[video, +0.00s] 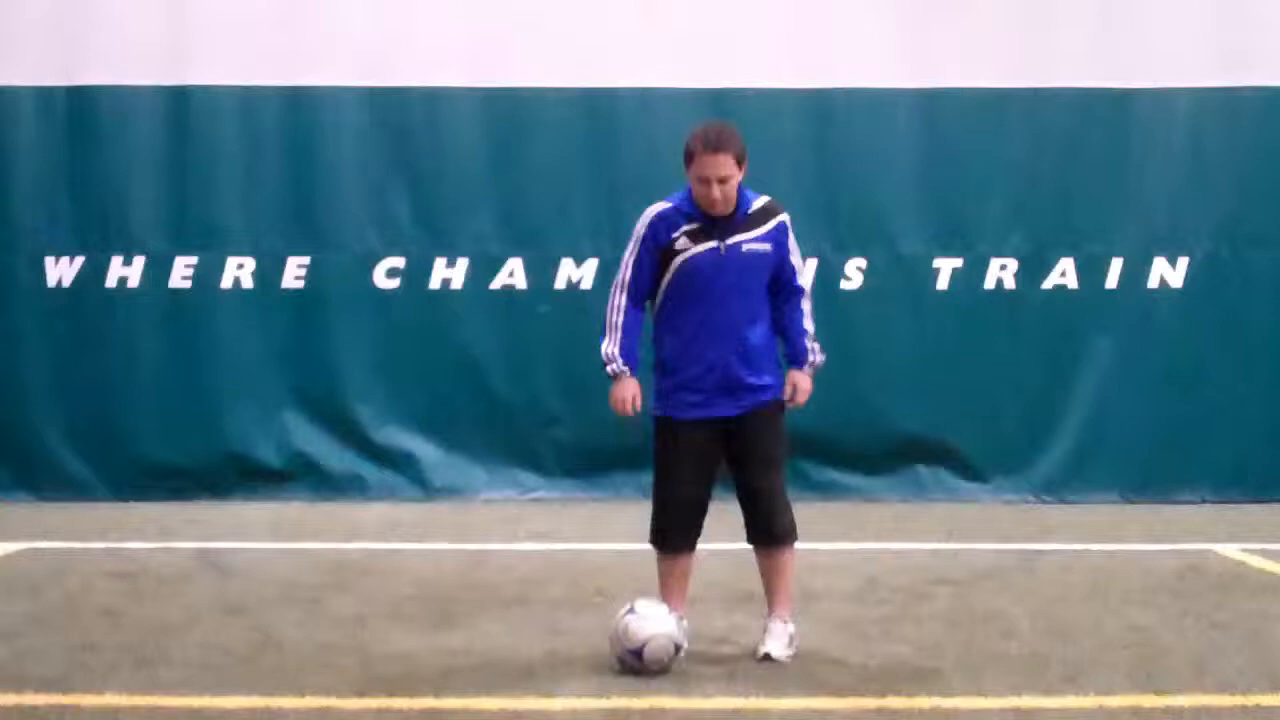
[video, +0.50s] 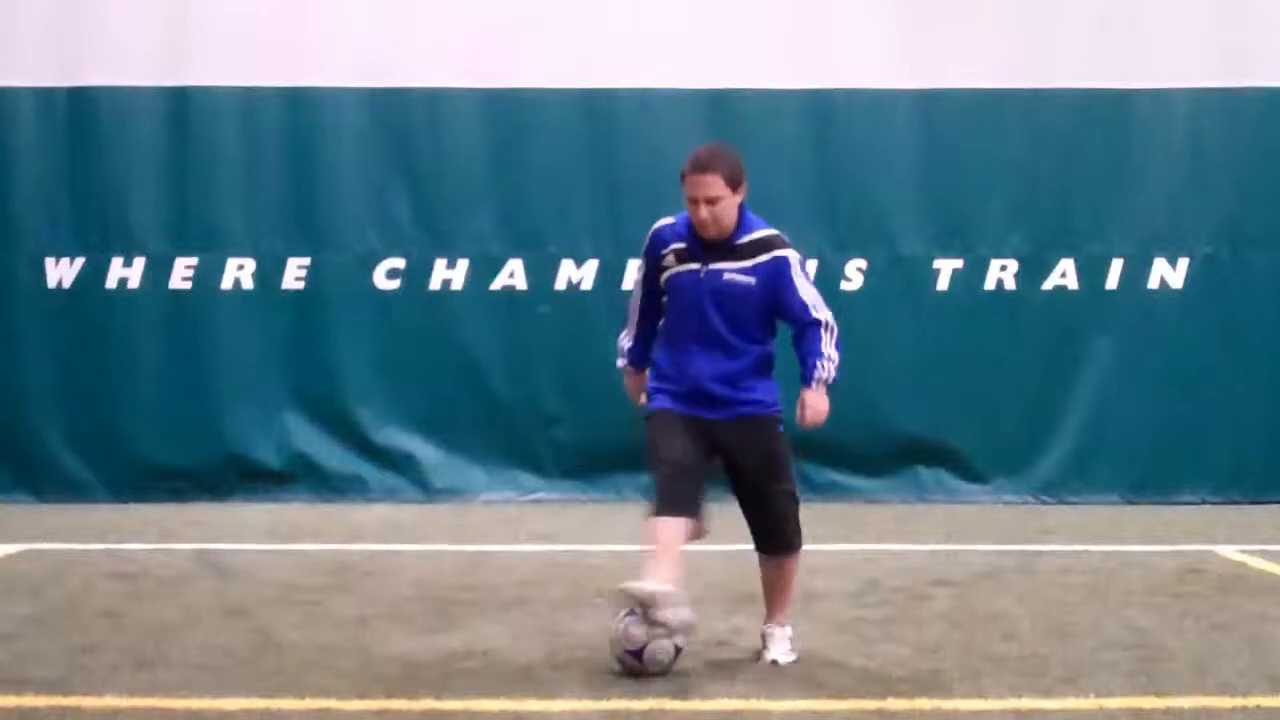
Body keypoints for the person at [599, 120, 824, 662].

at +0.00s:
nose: (715, 193)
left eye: (724, 181)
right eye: (704, 182)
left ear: (741, 171)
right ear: (687, 175)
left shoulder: (770, 218)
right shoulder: (660, 223)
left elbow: (792, 292)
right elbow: (626, 297)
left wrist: (801, 361)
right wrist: (620, 369)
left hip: (756, 395)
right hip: (683, 400)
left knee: (767, 509)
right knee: (675, 514)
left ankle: (780, 622)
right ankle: (672, 623)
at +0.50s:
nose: (702, 214)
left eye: (713, 202)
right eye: (693, 202)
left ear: (739, 195)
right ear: (682, 196)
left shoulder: (771, 250)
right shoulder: (664, 241)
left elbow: (815, 321)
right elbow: (644, 307)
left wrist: (817, 382)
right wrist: (633, 363)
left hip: (748, 405)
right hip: (676, 401)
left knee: (777, 518)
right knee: (674, 481)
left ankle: (777, 626)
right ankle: (662, 589)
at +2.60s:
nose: (755, 207)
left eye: (764, 194)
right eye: (743, 195)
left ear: (781, 184)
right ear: (724, 188)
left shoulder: (804, 215)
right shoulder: (699, 235)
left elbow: (827, 269)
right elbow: (644, 298)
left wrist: (814, 301)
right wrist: (619, 369)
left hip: (772, 385)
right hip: (712, 388)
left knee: (796, 504)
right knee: (770, 505)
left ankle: (669, 539)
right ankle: (798, 645)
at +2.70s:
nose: (777, 243)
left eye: (787, 230)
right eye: (764, 231)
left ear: (803, 222)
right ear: (746, 224)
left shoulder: (818, 253)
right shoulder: (720, 277)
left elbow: (836, 307)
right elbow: (677, 351)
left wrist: (841, 338)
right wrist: (652, 426)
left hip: (790, 417)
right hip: (731, 421)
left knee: (794, 534)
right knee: (807, 522)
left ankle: (677, 547)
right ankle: (802, 649)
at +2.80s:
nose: (784, 242)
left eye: (795, 229)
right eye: (772, 230)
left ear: (809, 221)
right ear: (752, 222)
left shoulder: (825, 255)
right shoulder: (724, 273)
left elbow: (850, 300)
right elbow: (680, 346)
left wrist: (862, 340)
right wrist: (651, 424)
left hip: (794, 421)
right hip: (731, 422)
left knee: (798, 534)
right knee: (810, 515)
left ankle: (688, 543)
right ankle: (801, 649)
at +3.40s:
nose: (641, 147)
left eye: (651, 135)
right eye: (631, 137)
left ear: (674, 134)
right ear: (618, 139)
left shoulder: (709, 180)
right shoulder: (591, 191)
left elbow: (750, 231)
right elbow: (553, 255)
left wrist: (747, 292)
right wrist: (535, 315)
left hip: (690, 359)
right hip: (612, 359)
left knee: (713, 466)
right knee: (572, 472)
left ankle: (717, 582)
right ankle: (559, 600)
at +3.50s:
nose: (600, 169)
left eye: (610, 157)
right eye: (590, 159)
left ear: (634, 154)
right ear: (578, 161)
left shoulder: (669, 201)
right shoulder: (555, 214)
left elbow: (715, 254)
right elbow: (523, 276)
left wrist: (709, 314)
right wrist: (504, 333)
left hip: (657, 366)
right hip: (586, 378)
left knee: (676, 444)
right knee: (568, 503)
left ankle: (672, 562)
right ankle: (578, 618)